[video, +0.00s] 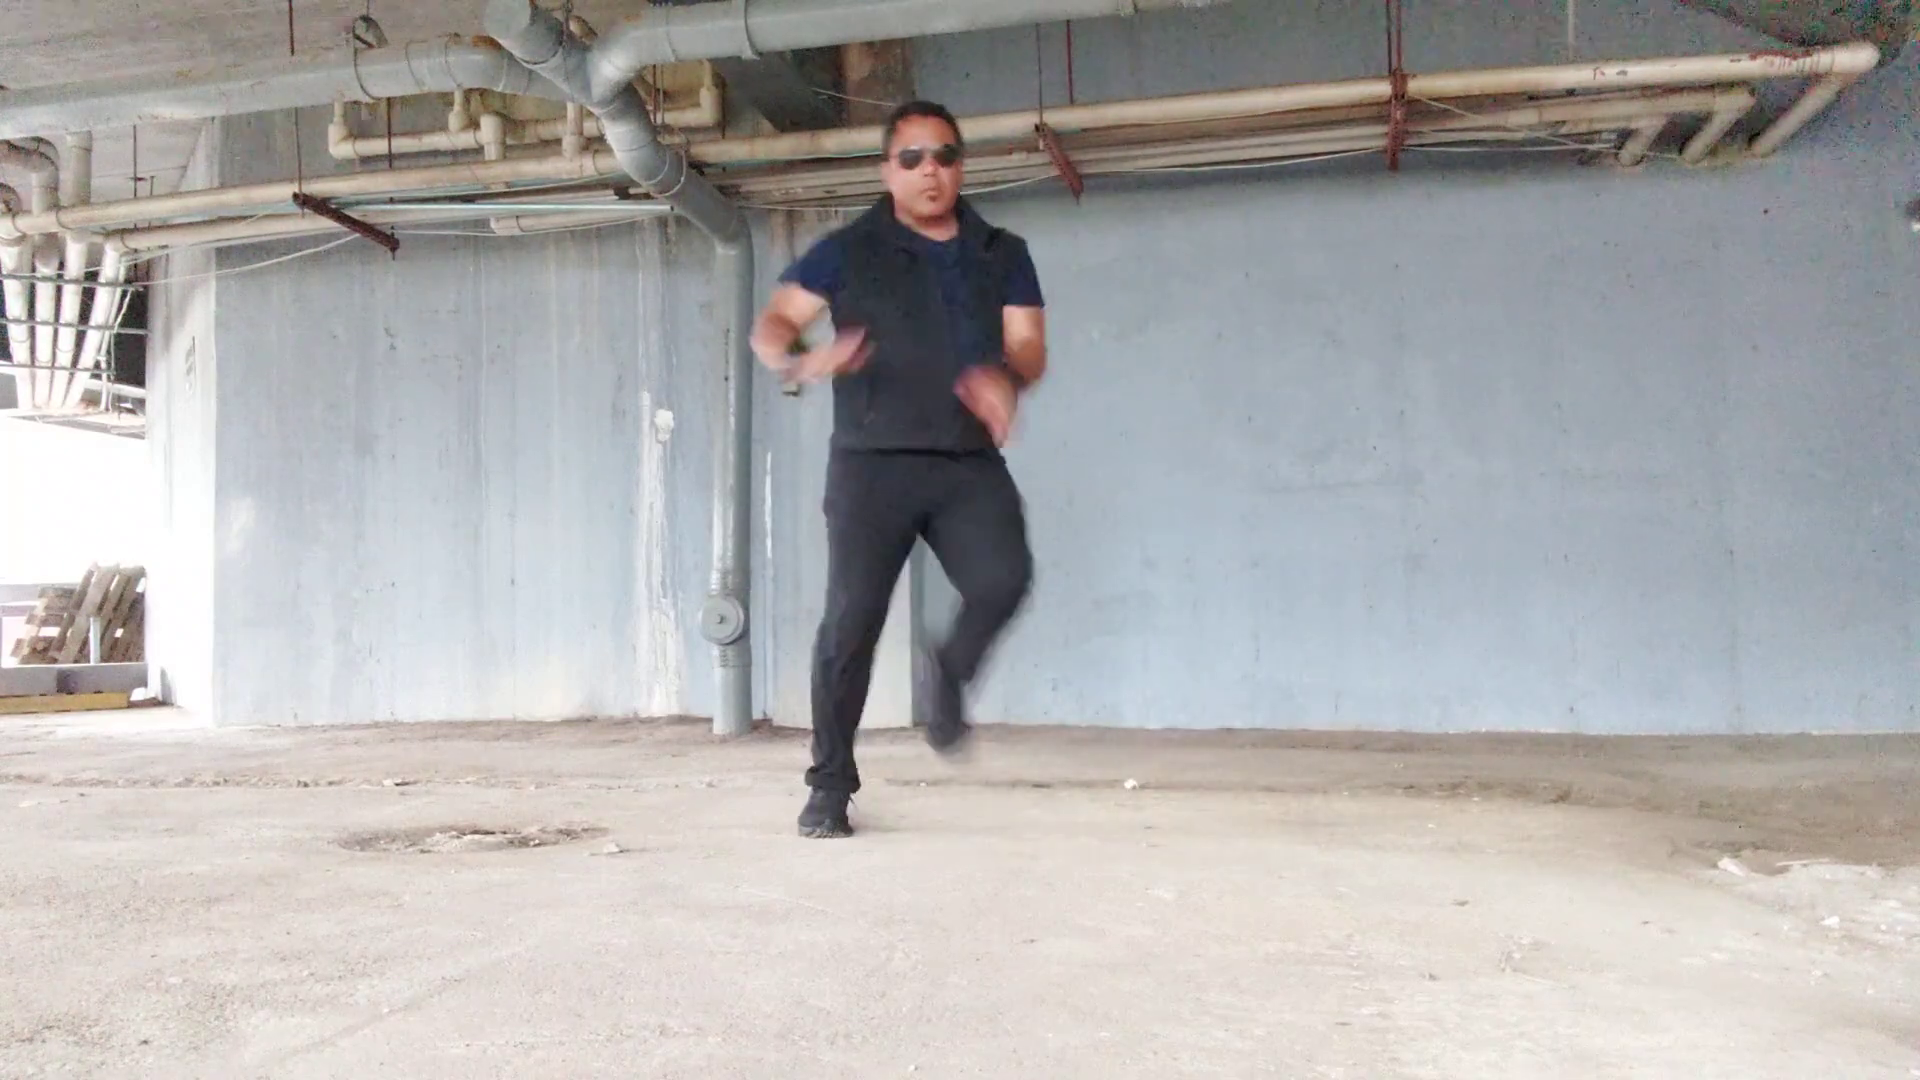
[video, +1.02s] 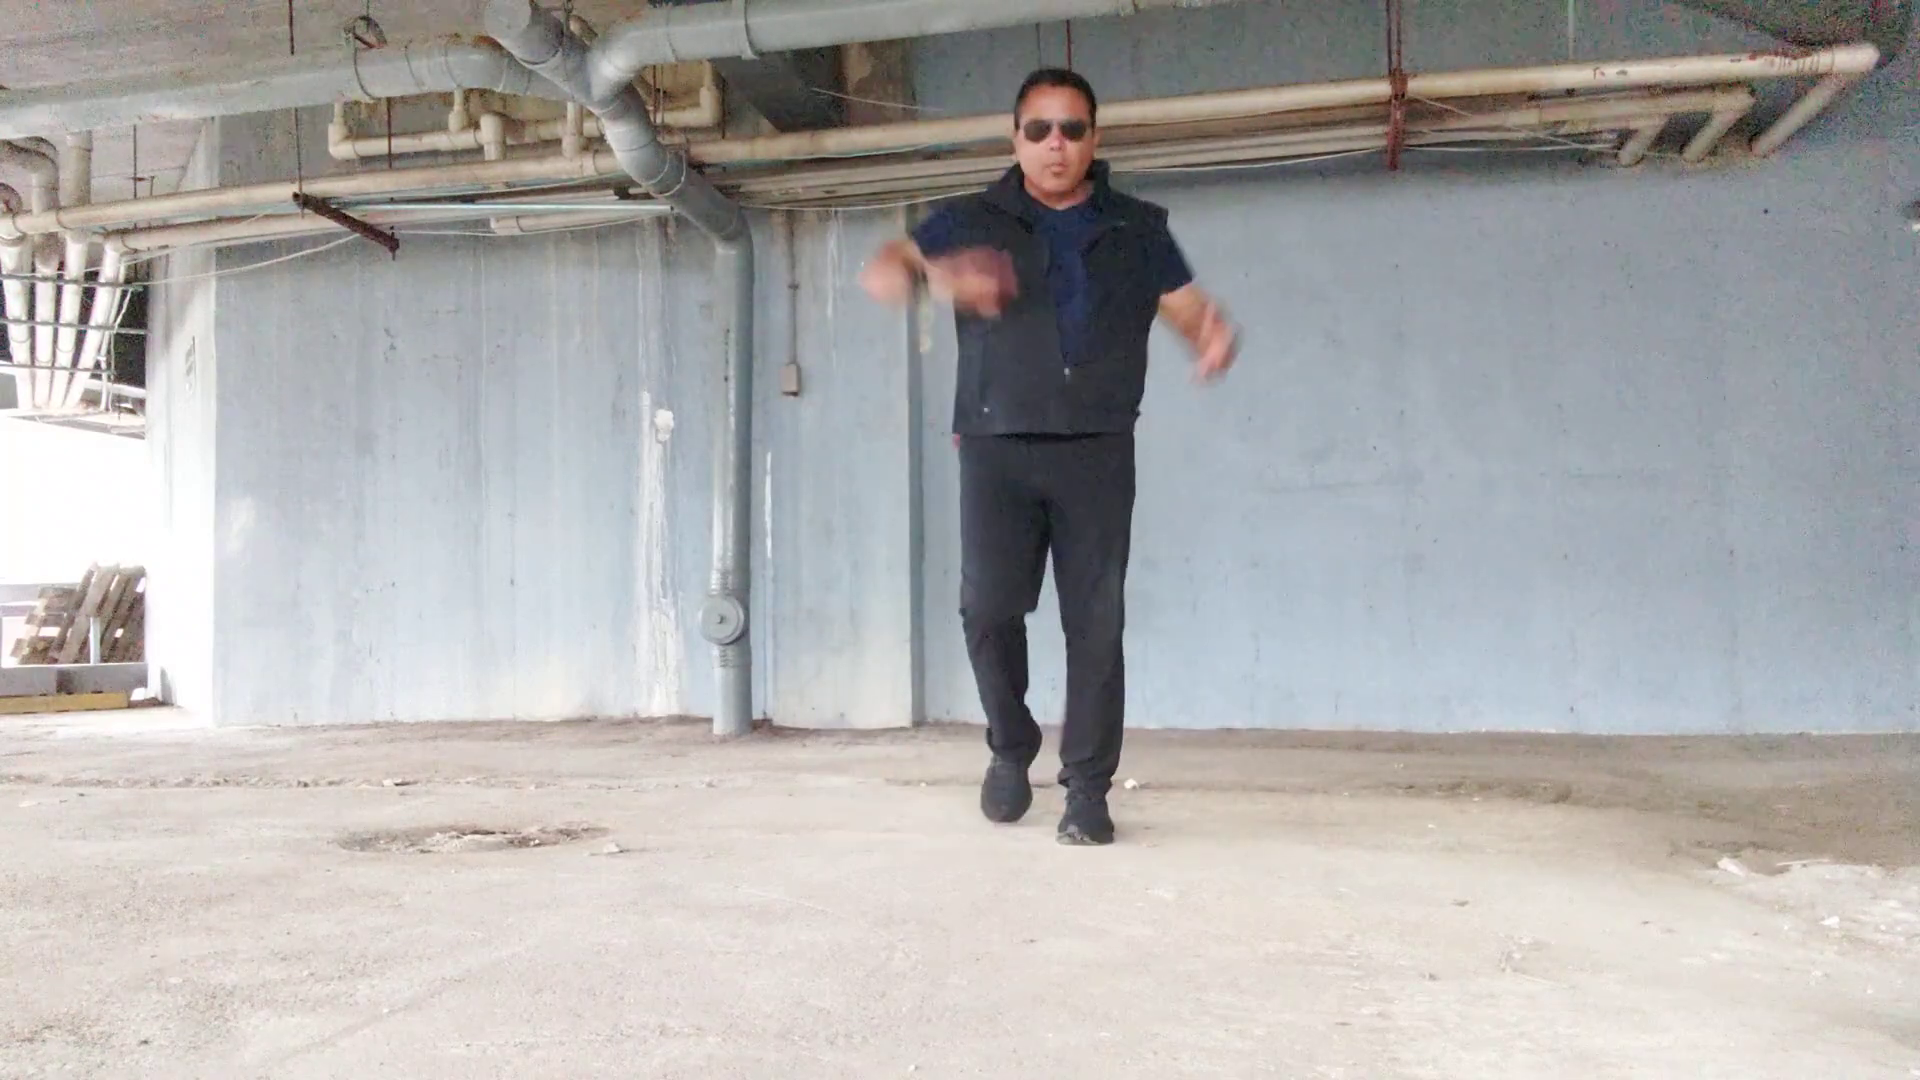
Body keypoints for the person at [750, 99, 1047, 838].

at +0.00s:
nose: (932, 172)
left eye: (945, 156)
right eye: (913, 159)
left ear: (962, 166)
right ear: (886, 171)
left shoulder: (1002, 252)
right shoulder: (850, 250)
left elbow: (1028, 349)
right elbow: (771, 328)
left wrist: (1005, 377)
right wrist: (797, 364)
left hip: (969, 468)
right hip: (872, 468)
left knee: (1002, 582)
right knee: (850, 624)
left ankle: (947, 674)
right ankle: (829, 783)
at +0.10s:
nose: (915, 164)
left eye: (929, 150)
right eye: (898, 152)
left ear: (949, 160)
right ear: (873, 164)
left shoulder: (997, 237)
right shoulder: (847, 245)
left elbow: (1057, 328)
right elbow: (820, 345)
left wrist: (1050, 400)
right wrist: (869, 283)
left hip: (968, 448)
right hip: (871, 451)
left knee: (976, 559)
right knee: (850, 618)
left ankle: (927, 619)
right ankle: (832, 783)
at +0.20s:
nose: (928, 161)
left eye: (941, 146)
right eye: (910, 149)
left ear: (963, 150)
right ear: (885, 159)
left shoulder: (1010, 213)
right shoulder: (864, 228)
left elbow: (1090, 256)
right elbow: (773, 281)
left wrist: (1062, 334)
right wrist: (839, 221)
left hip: (974, 441)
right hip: (879, 446)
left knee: (993, 571)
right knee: (853, 618)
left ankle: (988, 714)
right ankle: (833, 782)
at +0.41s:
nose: (979, 177)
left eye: (994, 161)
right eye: (961, 162)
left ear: (1015, 154)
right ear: (934, 157)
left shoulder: (1058, 213)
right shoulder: (900, 213)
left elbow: (1128, 275)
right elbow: (828, 246)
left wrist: (1118, 291)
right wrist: (816, 294)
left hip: (1020, 455)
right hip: (923, 454)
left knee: (1032, 623)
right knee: (885, 606)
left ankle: (1040, 801)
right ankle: (890, 762)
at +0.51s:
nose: (999, 179)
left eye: (1015, 162)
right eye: (981, 163)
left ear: (1037, 158)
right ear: (955, 158)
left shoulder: (1077, 232)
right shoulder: (921, 229)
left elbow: (1105, 340)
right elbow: (874, 324)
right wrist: (885, 372)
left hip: (1038, 460)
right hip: (939, 460)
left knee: (1039, 628)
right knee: (925, 614)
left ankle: (1042, 796)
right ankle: (997, 749)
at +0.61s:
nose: (1009, 162)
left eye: (1025, 148)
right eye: (993, 147)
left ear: (1046, 153)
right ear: (966, 150)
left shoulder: (1083, 225)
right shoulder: (930, 226)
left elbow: (1143, 303)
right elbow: (873, 317)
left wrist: (1129, 398)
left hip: (1053, 453)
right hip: (959, 458)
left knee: (1054, 608)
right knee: (983, 622)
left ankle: (1069, 781)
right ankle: (1022, 775)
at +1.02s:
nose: (1055, 144)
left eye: (1071, 130)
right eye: (1039, 129)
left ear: (1094, 139)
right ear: (1015, 138)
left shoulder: (1136, 225)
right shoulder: (972, 221)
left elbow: (1192, 312)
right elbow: (882, 274)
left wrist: (1213, 335)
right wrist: (940, 276)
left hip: (1097, 453)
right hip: (995, 452)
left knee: (1095, 623)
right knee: (987, 610)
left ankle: (1088, 786)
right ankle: (1009, 747)